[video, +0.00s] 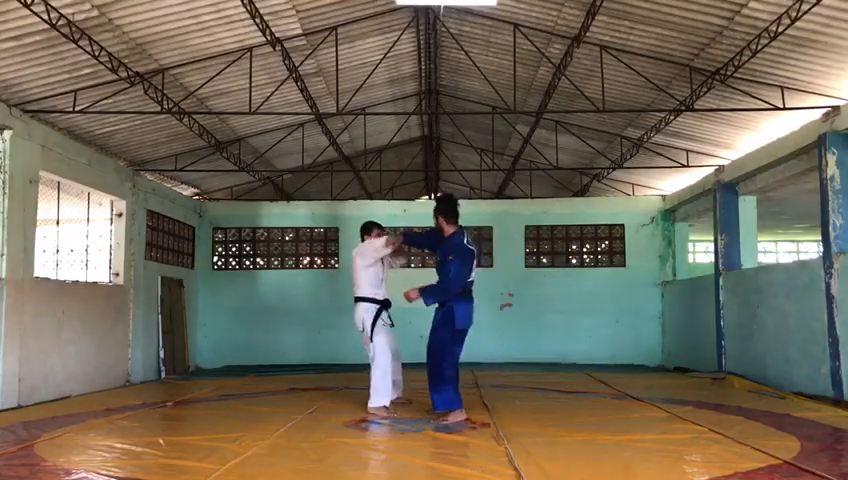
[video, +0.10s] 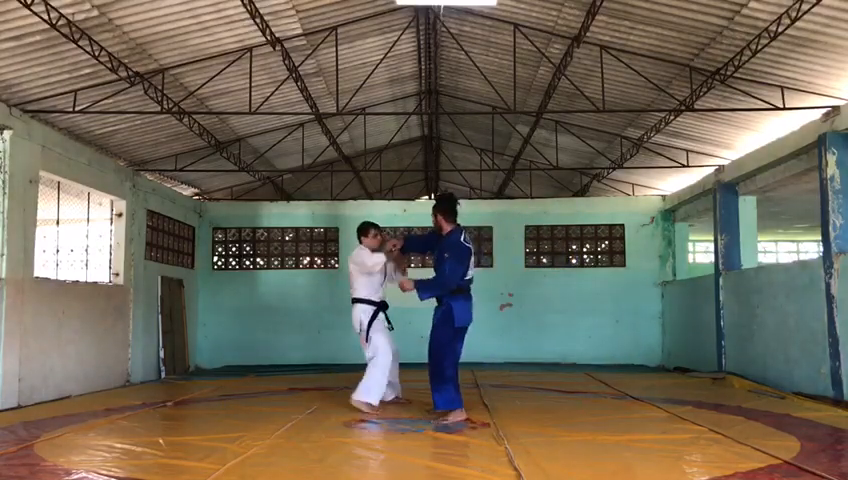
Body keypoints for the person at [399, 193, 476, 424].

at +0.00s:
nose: (435, 221)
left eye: (436, 218)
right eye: (436, 218)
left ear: (441, 219)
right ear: (453, 218)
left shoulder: (460, 247)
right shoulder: (447, 239)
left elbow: (453, 284)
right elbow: (425, 239)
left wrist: (422, 292)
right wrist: (402, 238)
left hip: (456, 307)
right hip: (447, 306)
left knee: (443, 356)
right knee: (437, 354)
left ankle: (455, 409)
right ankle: (447, 406)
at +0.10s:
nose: (433, 220)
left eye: (434, 216)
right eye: (434, 216)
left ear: (439, 217)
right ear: (451, 216)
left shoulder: (456, 244)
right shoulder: (447, 237)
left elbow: (447, 281)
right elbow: (425, 242)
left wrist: (416, 285)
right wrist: (403, 243)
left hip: (453, 306)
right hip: (450, 305)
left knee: (442, 355)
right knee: (441, 354)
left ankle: (455, 409)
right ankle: (450, 406)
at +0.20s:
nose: (431, 220)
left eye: (433, 216)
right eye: (432, 216)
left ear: (439, 217)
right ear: (449, 216)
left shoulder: (452, 243)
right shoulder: (450, 238)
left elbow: (445, 278)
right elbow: (429, 254)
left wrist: (415, 284)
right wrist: (406, 251)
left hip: (453, 305)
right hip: (454, 303)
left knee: (444, 355)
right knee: (444, 354)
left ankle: (455, 409)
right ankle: (450, 405)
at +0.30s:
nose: (430, 222)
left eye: (431, 218)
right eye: (430, 218)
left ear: (438, 218)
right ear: (447, 217)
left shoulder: (450, 242)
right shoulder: (455, 239)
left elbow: (445, 278)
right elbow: (440, 271)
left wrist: (418, 287)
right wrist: (416, 263)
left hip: (455, 305)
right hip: (458, 303)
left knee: (442, 353)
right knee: (445, 353)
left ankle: (454, 407)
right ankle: (450, 404)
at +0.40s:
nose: (430, 222)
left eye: (431, 217)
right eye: (430, 217)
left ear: (438, 218)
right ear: (448, 217)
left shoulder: (453, 242)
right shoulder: (455, 239)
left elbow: (448, 278)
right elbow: (448, 277)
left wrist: (422, 295)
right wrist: (421, 280)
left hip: (458, 303)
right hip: (459, 301)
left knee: (444, 351)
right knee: (445, 351)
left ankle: (455, 407)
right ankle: (450, 403)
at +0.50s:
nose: (432, 222)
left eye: (433, 217)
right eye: (433, 217)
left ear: (440, 217)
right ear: (452, 216)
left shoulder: (453, 241)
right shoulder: (461, 238)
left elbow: (448, 277)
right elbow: (448, 276)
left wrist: (426, 303)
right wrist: (427, 297)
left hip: (460, 301)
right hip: (466, 298)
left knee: (449, 353)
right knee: (454, 353)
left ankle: (456, 409)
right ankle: (454, 405)